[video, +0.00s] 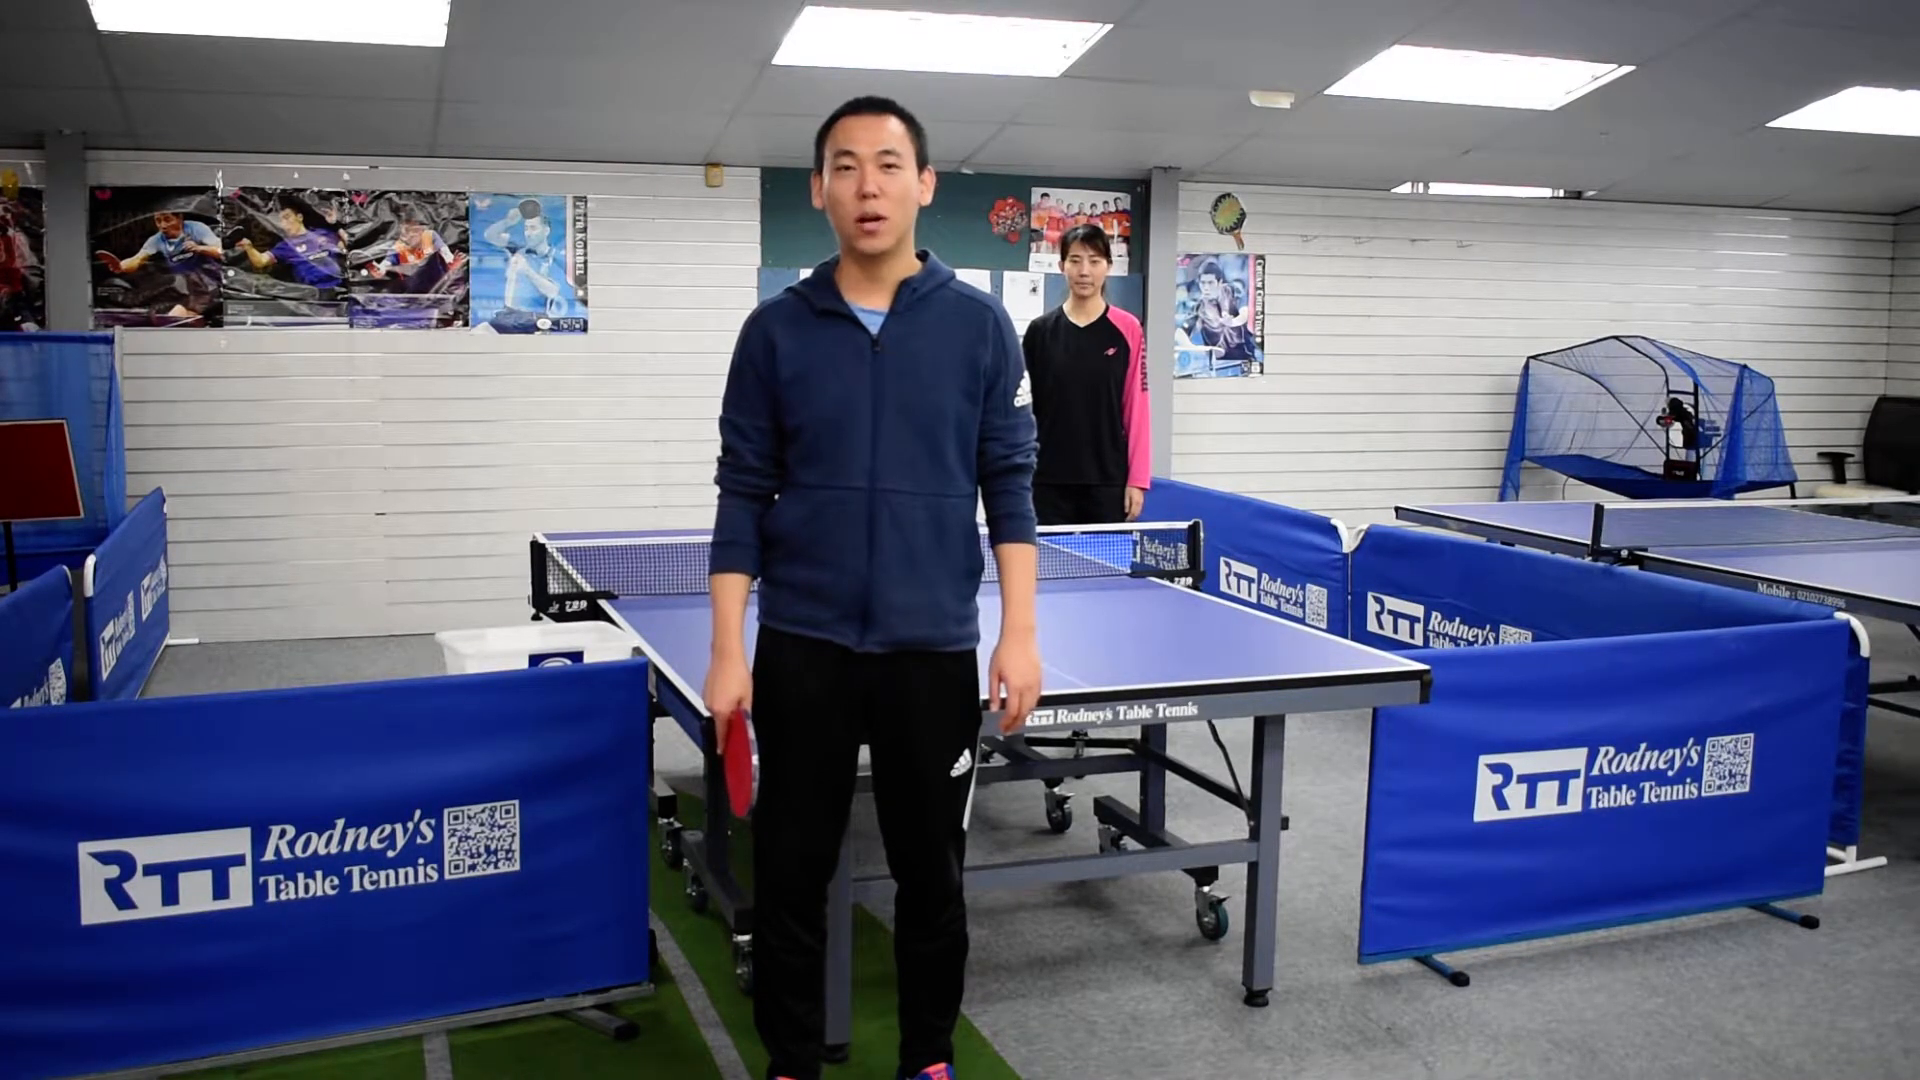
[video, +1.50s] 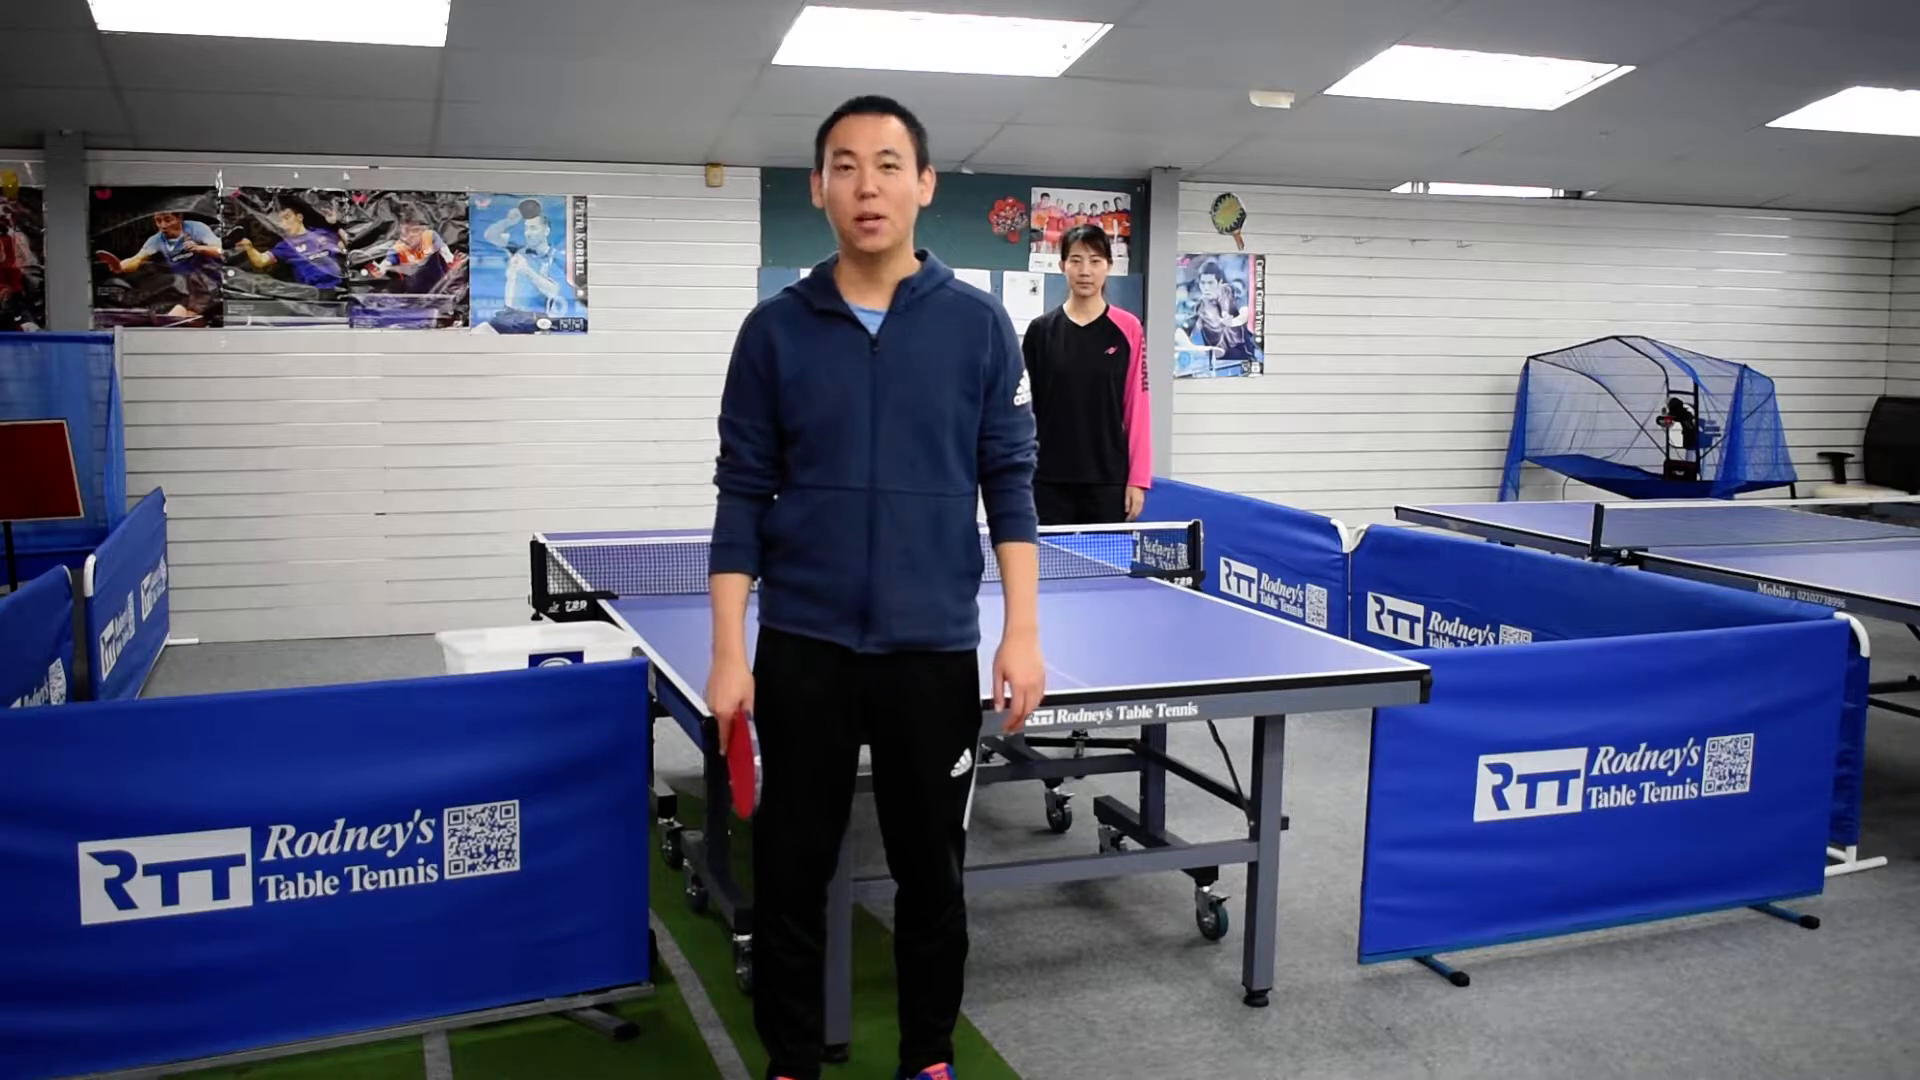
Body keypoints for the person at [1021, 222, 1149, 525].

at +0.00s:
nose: (1084, 271)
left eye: (1094, 262)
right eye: (1075, 261)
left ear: (1108, 268)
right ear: (1062, 266)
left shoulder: (1127, 329)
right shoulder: (1039, 331)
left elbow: (1136, 407)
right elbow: (1022, 405)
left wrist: (1137, 479)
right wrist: (1020, 478)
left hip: (1107, 483)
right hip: (1049, 481)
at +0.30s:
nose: (1085, 271)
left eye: (1095, 262)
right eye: (1075, 261)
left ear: (1108, 268)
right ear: (1063, 266)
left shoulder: (1128, 330)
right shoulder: (1039, 331)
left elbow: (1136, 407)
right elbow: (1022, 406)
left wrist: (1137, 479)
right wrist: (1020, 479)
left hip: (1107, 483)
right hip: (1049, 482)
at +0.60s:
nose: (1085, 271)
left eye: (1095, 262)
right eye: (1076, 261)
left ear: (1108, 268)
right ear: (1063, 266)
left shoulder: (1128, 329)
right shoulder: (1039, 331)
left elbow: (1137, 406)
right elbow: (1022, 405)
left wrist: (1138, 478)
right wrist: (1019, 478)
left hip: (1107, 482)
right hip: (1049, 481)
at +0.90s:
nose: (1085, 271)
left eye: (1095, 262)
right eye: (1076, 261)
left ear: (1109, 267)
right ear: (1063, 266)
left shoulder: (1128, 329)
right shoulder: (1039, 331)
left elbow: (1137, 407)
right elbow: (1022, 405)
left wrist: (1138, 478)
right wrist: (1019, 478)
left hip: (1107, 482)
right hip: (1049, 481)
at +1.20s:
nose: (1085, 271)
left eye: (1095, 262)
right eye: (1076, 261)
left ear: (1108, 267)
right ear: (1063, 266)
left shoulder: (1128, 329)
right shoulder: (1040, 331)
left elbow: (1137, 407)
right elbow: (1022, 405)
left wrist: (1138, 478)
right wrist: (1019, 477)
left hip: (1107, 482)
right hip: (1049, 481)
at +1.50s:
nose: (1085, 271)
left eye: (1095, 262)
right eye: (1076, 261)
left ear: (1108, 267)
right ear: (1063, 266)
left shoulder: (1128, 329)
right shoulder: (1039, 331)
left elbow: (1137, 407)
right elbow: (1023, 405)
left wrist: (1138, 478)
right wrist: (1020, 477)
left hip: (1107, 482)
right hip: (1050, 480)